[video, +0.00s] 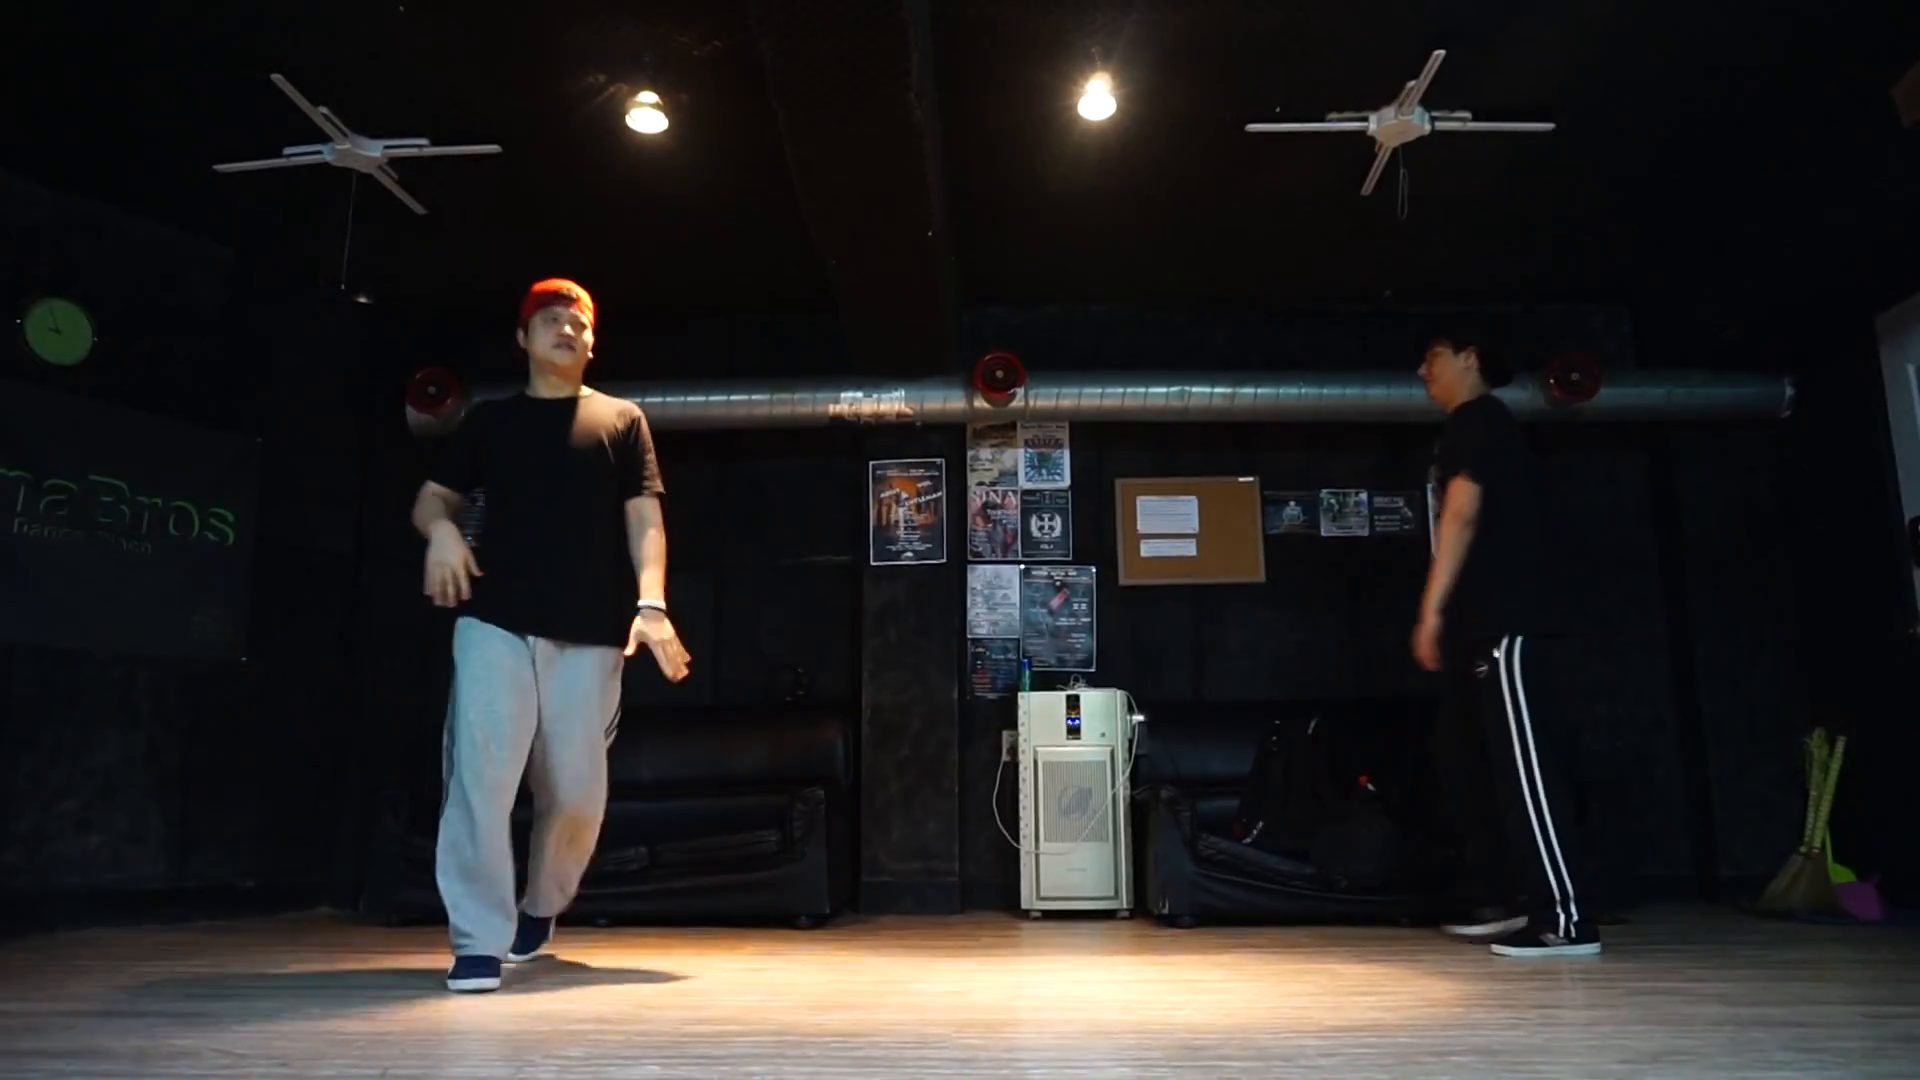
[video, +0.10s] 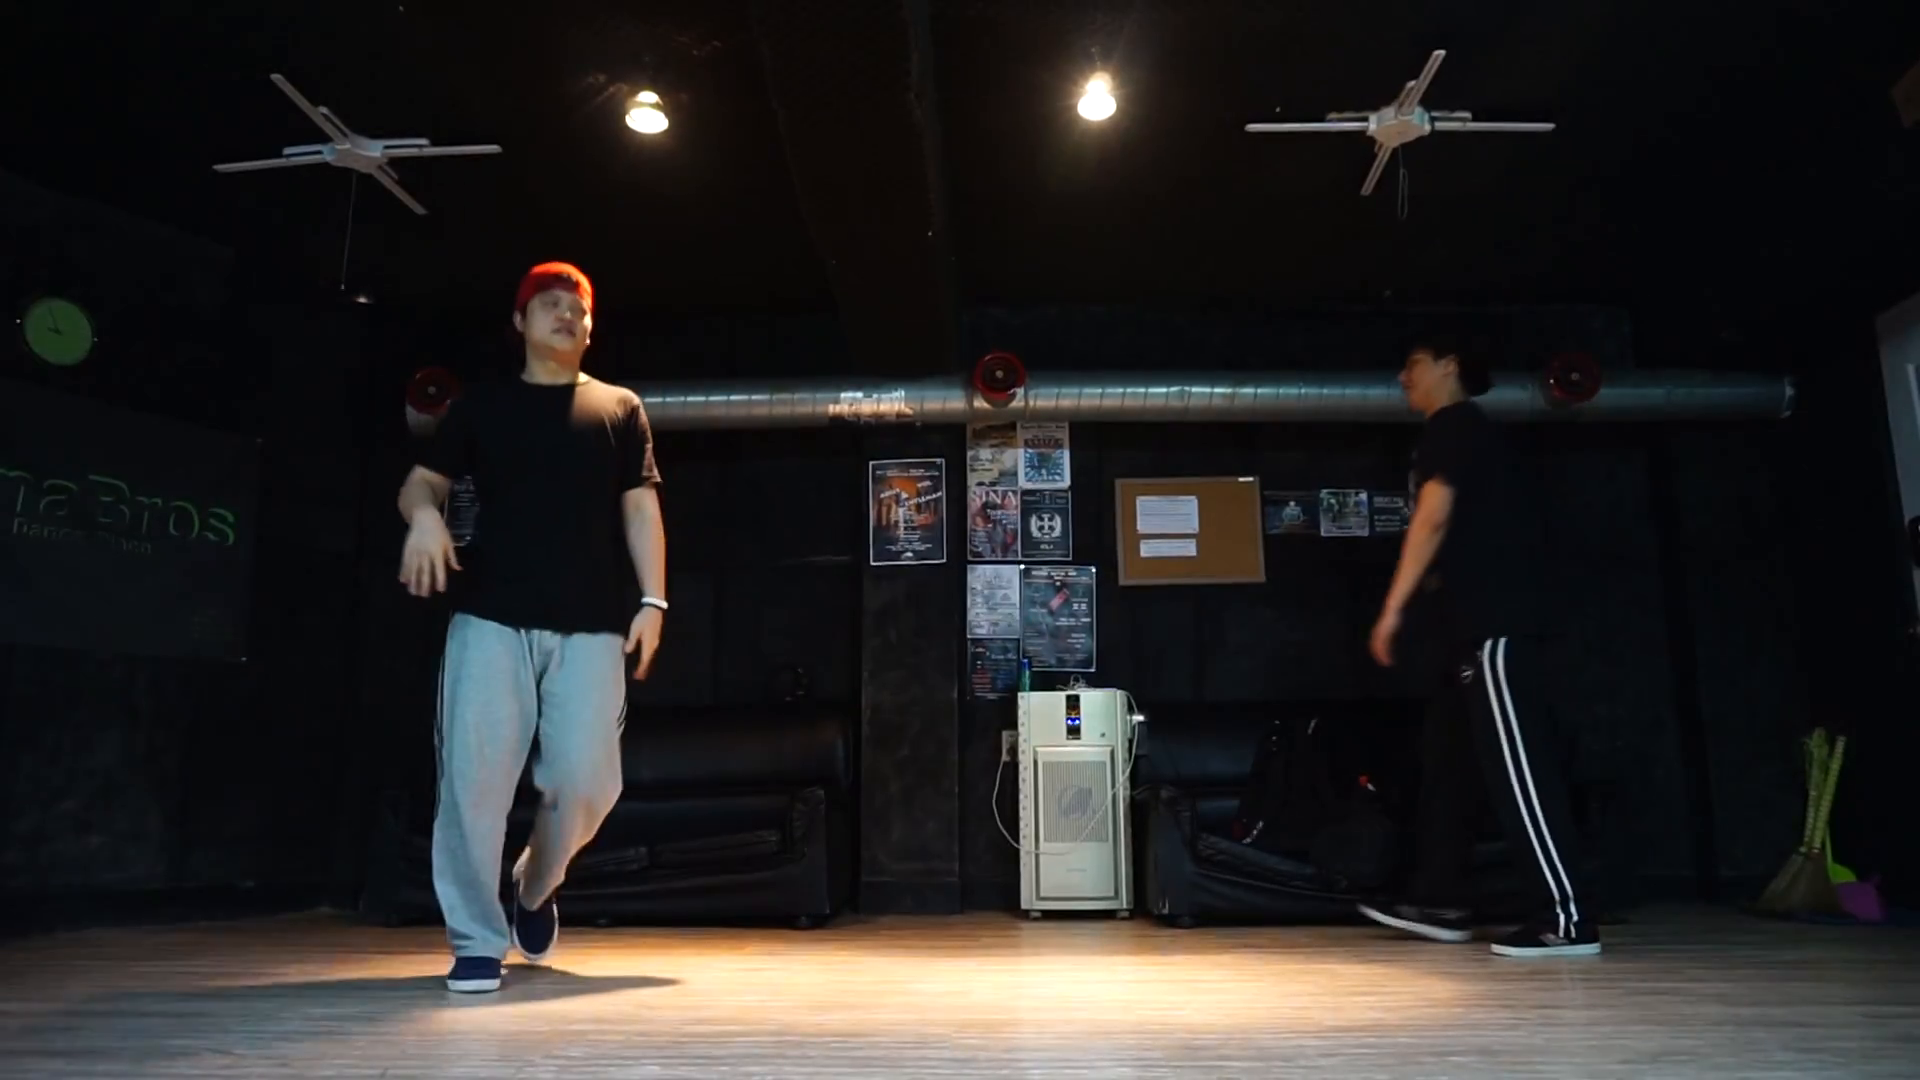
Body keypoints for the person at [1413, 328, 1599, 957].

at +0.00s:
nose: (1425, 372)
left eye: (1435, 359)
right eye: (1425, 361)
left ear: (1469, 361)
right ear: (1464, 363)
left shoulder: (1478, 422)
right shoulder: (1472, 424)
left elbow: (1460, 514)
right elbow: (1473, 525)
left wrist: (1432, 610)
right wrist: (1459, 613)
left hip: (1506, 620)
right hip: (1489, 622)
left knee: (1525, 773)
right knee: (1494, 771)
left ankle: (1565, 921)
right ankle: (1519, 904)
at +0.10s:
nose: (1405, 378)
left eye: (1416, 365)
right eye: (1407, 366)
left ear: (1449, 369)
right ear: (1448, 371)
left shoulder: (1454, 428)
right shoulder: (1468, 431)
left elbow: (1432, 518)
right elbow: (1456, 530)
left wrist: (1393, 607)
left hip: (1490, 623)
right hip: (1473, 623)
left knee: (1519, 772)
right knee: (1453, 766)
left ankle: (1568, 922)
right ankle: (1440, 904)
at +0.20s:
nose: (1378, 393)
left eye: (1387, 380)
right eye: (1379, 382)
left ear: (1419, 381)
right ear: (1420, 385)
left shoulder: (1428, 440)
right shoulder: (1448, 440)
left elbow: (1408, 528)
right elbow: (1435, 538)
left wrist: (1363, 614)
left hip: (1469, 629)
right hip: (1460, 628)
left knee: (1506, 774)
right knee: (1434, 770)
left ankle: (1567, 920)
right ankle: (1394, 903)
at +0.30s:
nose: (1339, 410)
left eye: (1347, 396)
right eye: (1339, 399)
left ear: (1381, 392)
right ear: (1384, 394)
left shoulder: (1399, 449)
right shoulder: (1420, 448)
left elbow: (1389, 538)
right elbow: (1438, 545)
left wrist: (1348, 625)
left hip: (1439, 635)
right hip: (1427, 636)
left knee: (1479, 773)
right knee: (1400, 772)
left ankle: (1563, 918)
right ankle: (1379, 908)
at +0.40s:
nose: (1316, 415)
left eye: (1323, 402)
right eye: (1315, 405)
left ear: (1356, 398)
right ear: (1354, 401)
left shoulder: (1375, 449)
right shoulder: (1375, 453)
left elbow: (1371, 533)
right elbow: (1381, 544)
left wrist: (1345, 621)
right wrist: (1363, 625)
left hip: (1403, 628)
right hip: (1390, 631)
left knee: (1428, 757)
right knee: (1379, 765)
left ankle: (1542, 904)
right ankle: (1377, 910)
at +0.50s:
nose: (1296, 406)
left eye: (1303, 393)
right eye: (1296, 395)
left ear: (1337, 392)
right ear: (1336, 393)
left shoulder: (1352, 446)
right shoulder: (1345, 450)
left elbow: (1350, 520)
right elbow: (1353, 531)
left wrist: (1316, 601)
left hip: (1375, 622)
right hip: (1363, 623)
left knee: (1376, 755)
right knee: (1358, 761)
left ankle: (1491, 879)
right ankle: (1374, 907)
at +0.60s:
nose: (1279, 404)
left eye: (1287, 391)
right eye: (1279, 393)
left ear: (1321, 392)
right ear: (1315, 395)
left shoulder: (1333, 448)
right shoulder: (1323, 455)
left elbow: (1327, 517)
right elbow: (1327, 541)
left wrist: (1262, 579)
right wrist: (1284, 590)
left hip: (1345, 626)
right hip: (1332, 625)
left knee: (1321, 755)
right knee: (1316, 759)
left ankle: (1411, 883)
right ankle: (1370, 901)